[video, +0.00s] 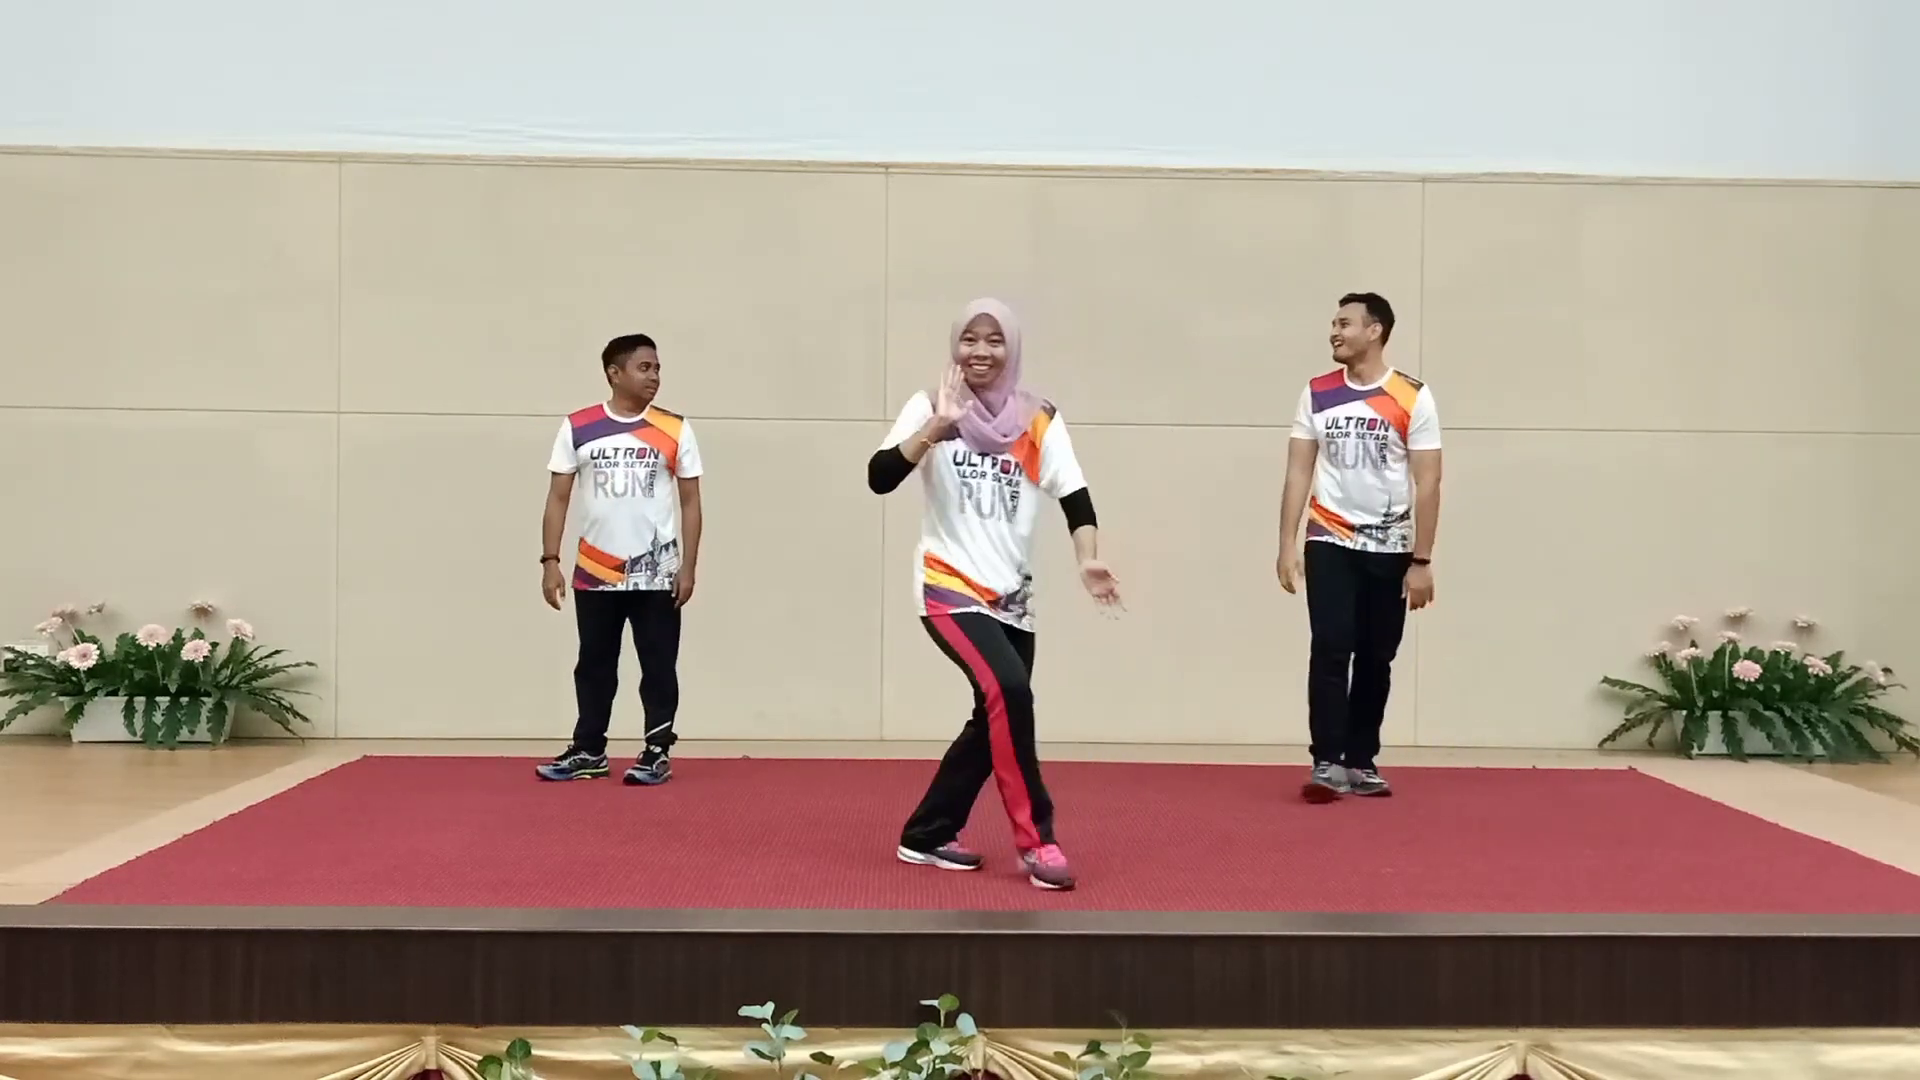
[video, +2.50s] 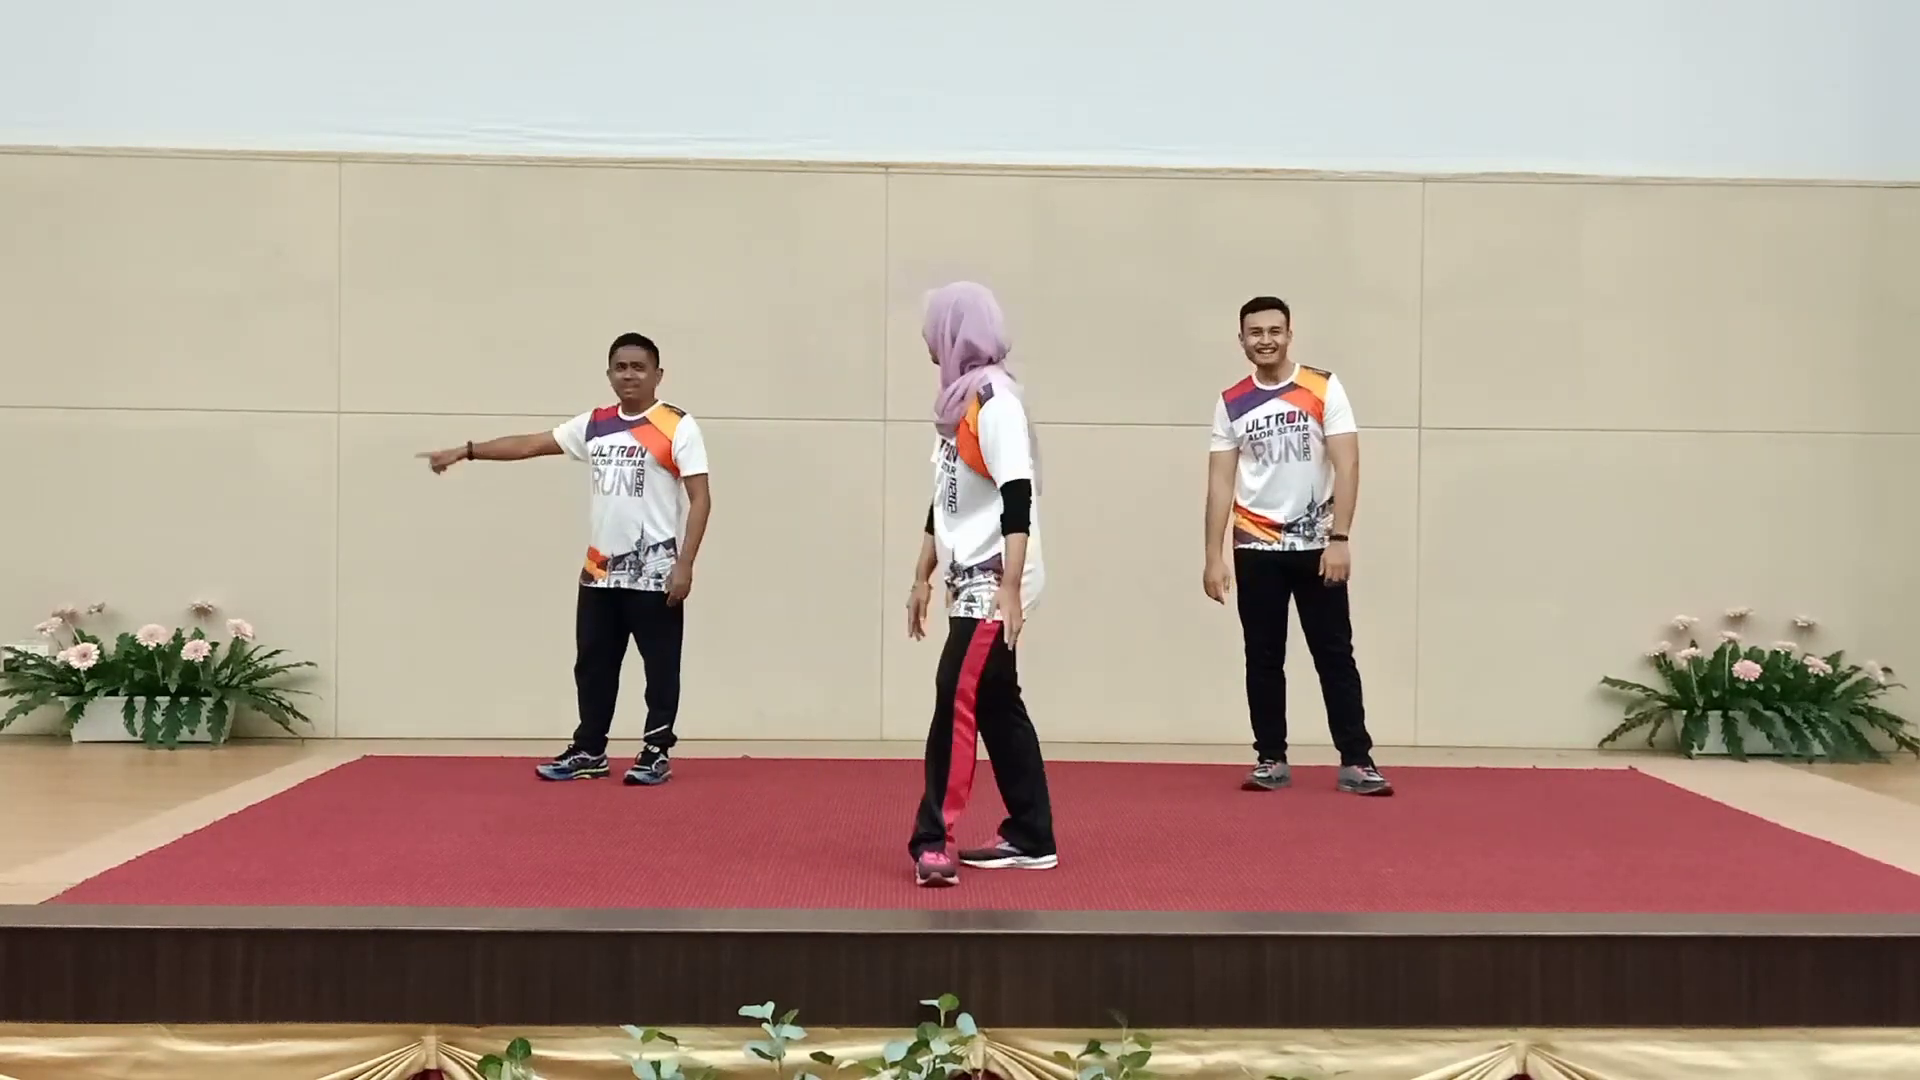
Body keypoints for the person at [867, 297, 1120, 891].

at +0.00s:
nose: (980, 350)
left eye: (992, 340)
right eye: (970, 340)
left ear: (1012, 350)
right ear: (956, 348)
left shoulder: (1039, 419)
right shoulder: (930, 408)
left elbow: (1073, 493)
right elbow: (879, 478)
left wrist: (1088, 558)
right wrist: (934, 427)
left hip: (1011, 597)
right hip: (948, 588)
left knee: (995, 719)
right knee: (1008, 689)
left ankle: (924, 836)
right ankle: (1036, 842)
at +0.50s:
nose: (837, 330)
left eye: (847, 321)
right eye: (824, 321)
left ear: (861, 333)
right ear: (806, 332)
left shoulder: (871, 396)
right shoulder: (794, 394)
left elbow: (930, 439)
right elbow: (773, 479)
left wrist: (949, 392)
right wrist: (799, 520)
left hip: (868, 584)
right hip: (803, 586)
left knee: (915, 688)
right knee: (790, 704)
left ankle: (926, 831)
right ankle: (727, 833)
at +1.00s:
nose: (766, 361)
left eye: (771, 351)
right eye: (756, 350)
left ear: (770, 357)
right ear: (721, 352)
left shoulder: (757, 421)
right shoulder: (700, 424)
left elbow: (814, 483)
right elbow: (697, 521)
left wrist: (803, 418)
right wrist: (735, 593)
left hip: (809, 583)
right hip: (755, 590)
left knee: (890, 671)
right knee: (776, 709)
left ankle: (929, 821)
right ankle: (725, 838)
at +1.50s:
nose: (766, 321)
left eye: (777, 308)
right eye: (760, 312)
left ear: (813, 312)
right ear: (757, 322)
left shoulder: (861, 388)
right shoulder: (746, 389)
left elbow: (919, 449)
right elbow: (714, 475)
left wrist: (974, 448)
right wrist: (737, 465)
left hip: (849, 570)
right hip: (772, 572)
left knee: (895, 688)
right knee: (755, 702)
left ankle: (928, 829)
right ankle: (725, 834)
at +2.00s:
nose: (870, 329)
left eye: (879, 318)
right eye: (872, 318)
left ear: (910, 321)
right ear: (899, 322)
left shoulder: (967, 394)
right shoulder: (871, 387)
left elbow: (986, 489)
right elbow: (865, 480)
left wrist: (976, 575)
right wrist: (837, 452)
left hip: (944, 575)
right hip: (872, 570)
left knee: (931, 704)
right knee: (837, 682)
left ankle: (931, 843)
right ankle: (850, 822)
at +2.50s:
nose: (928, 348)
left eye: (933, 337)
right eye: (928, 337)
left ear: (956, 336)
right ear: (975, 333)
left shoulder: (997, 406)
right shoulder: (957, 403)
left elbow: (1017, 500)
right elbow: (945, 502)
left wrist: (1012, 589)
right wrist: (923, 578)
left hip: (993, 585)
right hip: (971, 584)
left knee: (954, 703)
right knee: (1000, 711)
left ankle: (933, 842)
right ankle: (1032, 837)